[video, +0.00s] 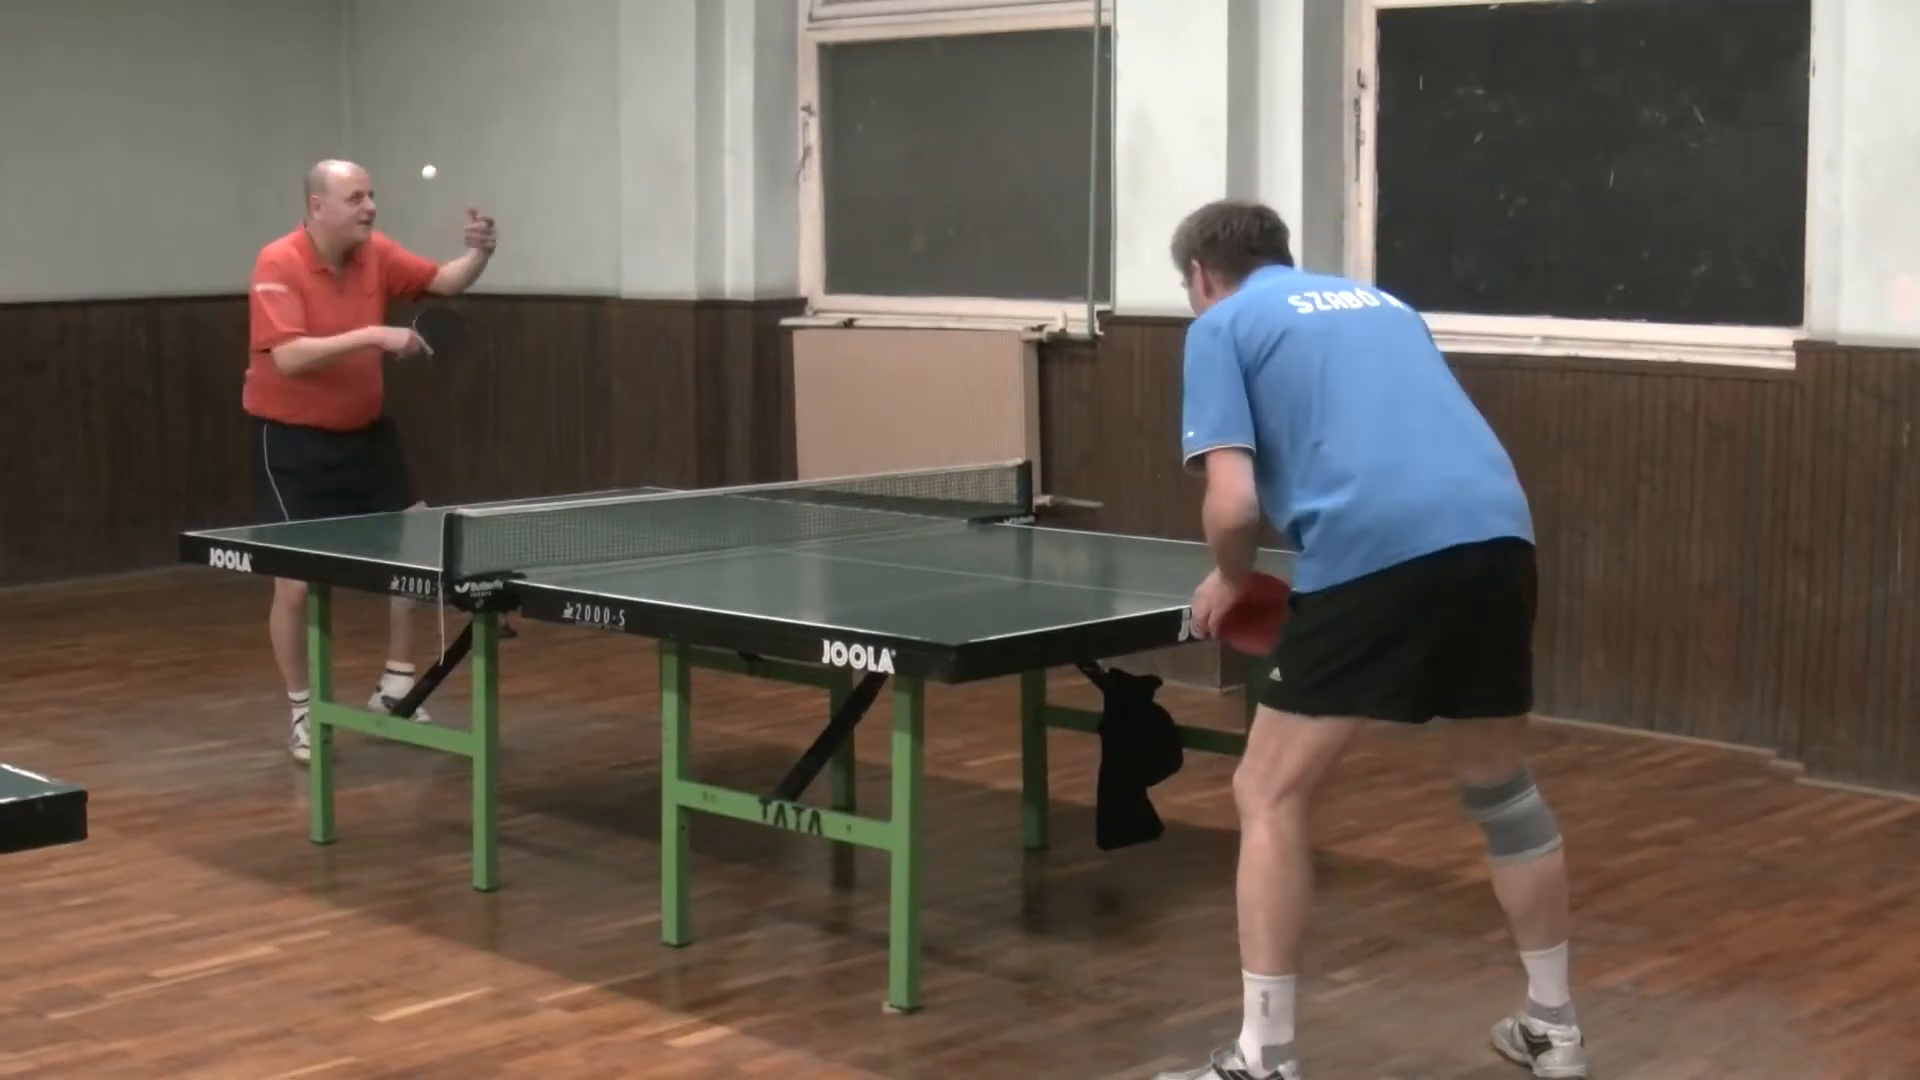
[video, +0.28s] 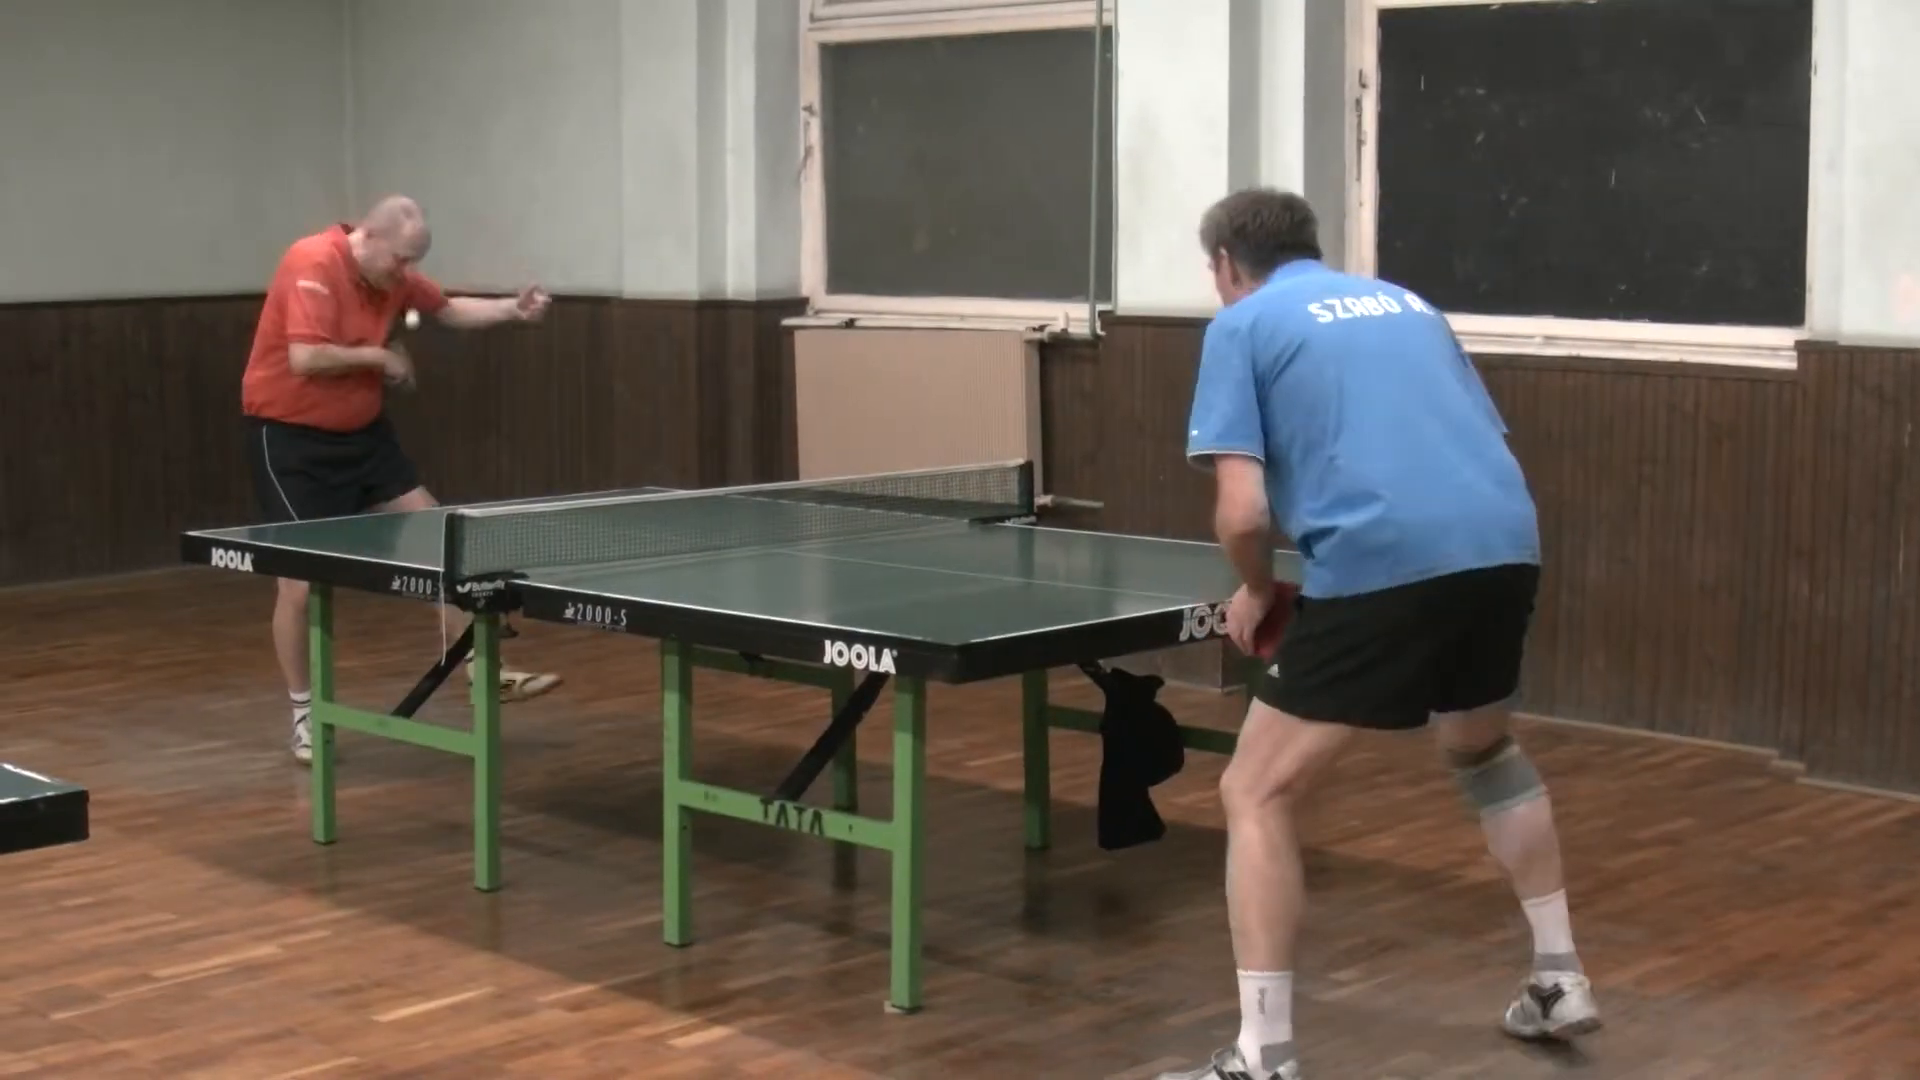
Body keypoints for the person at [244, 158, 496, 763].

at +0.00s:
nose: (370, 208)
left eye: (371, 197)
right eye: (356, 199)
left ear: (370, 203)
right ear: (317, 208)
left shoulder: (372, 253)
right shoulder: (280, 262)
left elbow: (444, 281)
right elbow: (288, 355)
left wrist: (478, 252)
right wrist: (372, 335)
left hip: (368, 433)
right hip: (295, 438)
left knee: (412, 555)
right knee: (295, 581)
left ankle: (398, 686)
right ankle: (302, 707)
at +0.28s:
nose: (404, 273)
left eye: (410, 263)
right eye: (400, 261)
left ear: (391, 247)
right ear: (366, 238)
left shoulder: (389, 277)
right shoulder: (311, 263)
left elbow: (447, 306)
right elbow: (305, 357)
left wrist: (511, 308)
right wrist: (379, 355)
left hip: (362, 433)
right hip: (292, 437)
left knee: (439, 535)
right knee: (298, 581)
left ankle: (478, 668)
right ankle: (304, 712)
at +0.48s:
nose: (426, 289)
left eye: (434, 281)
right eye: (423, 277)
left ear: (434, 271)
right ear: (394, 250)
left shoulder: (428, 302)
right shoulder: (334, 260)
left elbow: (471, 341)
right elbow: (247, 252)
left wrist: (526, 369)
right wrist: (298, 304)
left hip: (384, 446)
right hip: (309, 443)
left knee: (422, 571)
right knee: (309, 580)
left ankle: (428, 699)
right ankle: (307, 711)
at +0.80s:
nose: (440, 252)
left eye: (445, 241)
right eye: (429, 242)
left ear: (445, 238)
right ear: (390, 236)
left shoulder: (448, 287)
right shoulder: (337, 262)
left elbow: (475, 346)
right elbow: (249, 299)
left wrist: (505, 391)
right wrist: (285, 342)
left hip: (396, 449)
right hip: (313, 444)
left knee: (425, 573)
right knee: (275, 571)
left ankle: (428, 700)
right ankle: (245, 703)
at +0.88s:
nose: (425, 248)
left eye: (429, 238)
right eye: (413, 239)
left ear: (430, 236)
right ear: (376, 236)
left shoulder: (434, 285)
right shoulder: (322, 269)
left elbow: (458, 345)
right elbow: (242, 322)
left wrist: (490, 394)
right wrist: (286, 361)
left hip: (391, 451)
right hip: (306, 448)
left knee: (426, 575)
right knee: (261, 574)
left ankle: (428, 701)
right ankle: (227, 706)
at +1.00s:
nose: (390, 251)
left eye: (396, 240)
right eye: (378, 241)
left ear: (399, 241)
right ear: (342, 242)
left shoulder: (403, 287)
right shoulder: (295, 284)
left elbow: (424, 345)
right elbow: (230, 356)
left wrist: (457, 397)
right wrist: (282, 395)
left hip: (374, 457)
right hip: (290, 457)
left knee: (422, 576)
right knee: (246, 576)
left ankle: (431, 702)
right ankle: (219, 714)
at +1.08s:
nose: (371, 253)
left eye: (375, 242)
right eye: (359, 244)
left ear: (377, 241)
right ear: (323, 244)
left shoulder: (384, 285)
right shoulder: (277, 290)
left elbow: (407, 344)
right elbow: (228, 374)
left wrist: (435, 395)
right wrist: (281, 413)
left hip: (367, 457)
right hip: (282, 459)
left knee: (419, 573)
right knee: (238, 575)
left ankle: (435, 700)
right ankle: (219, 715)